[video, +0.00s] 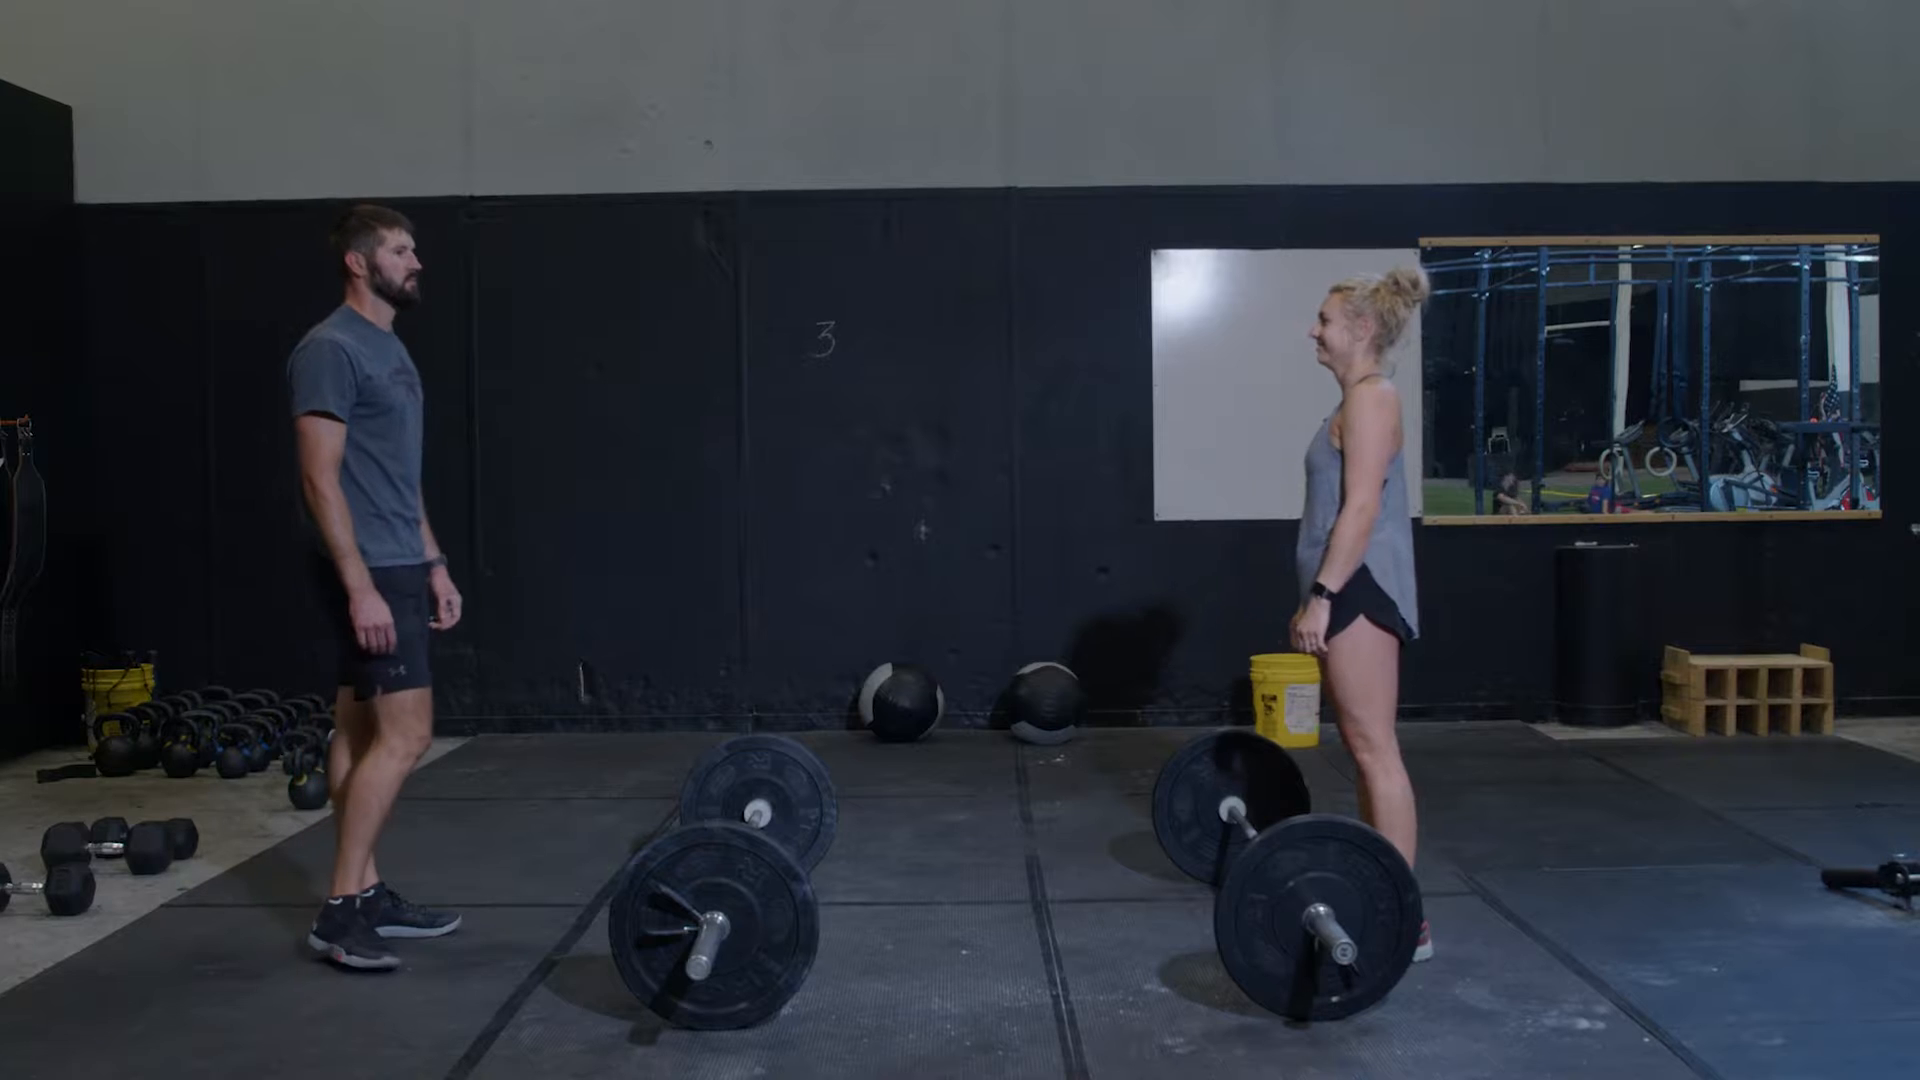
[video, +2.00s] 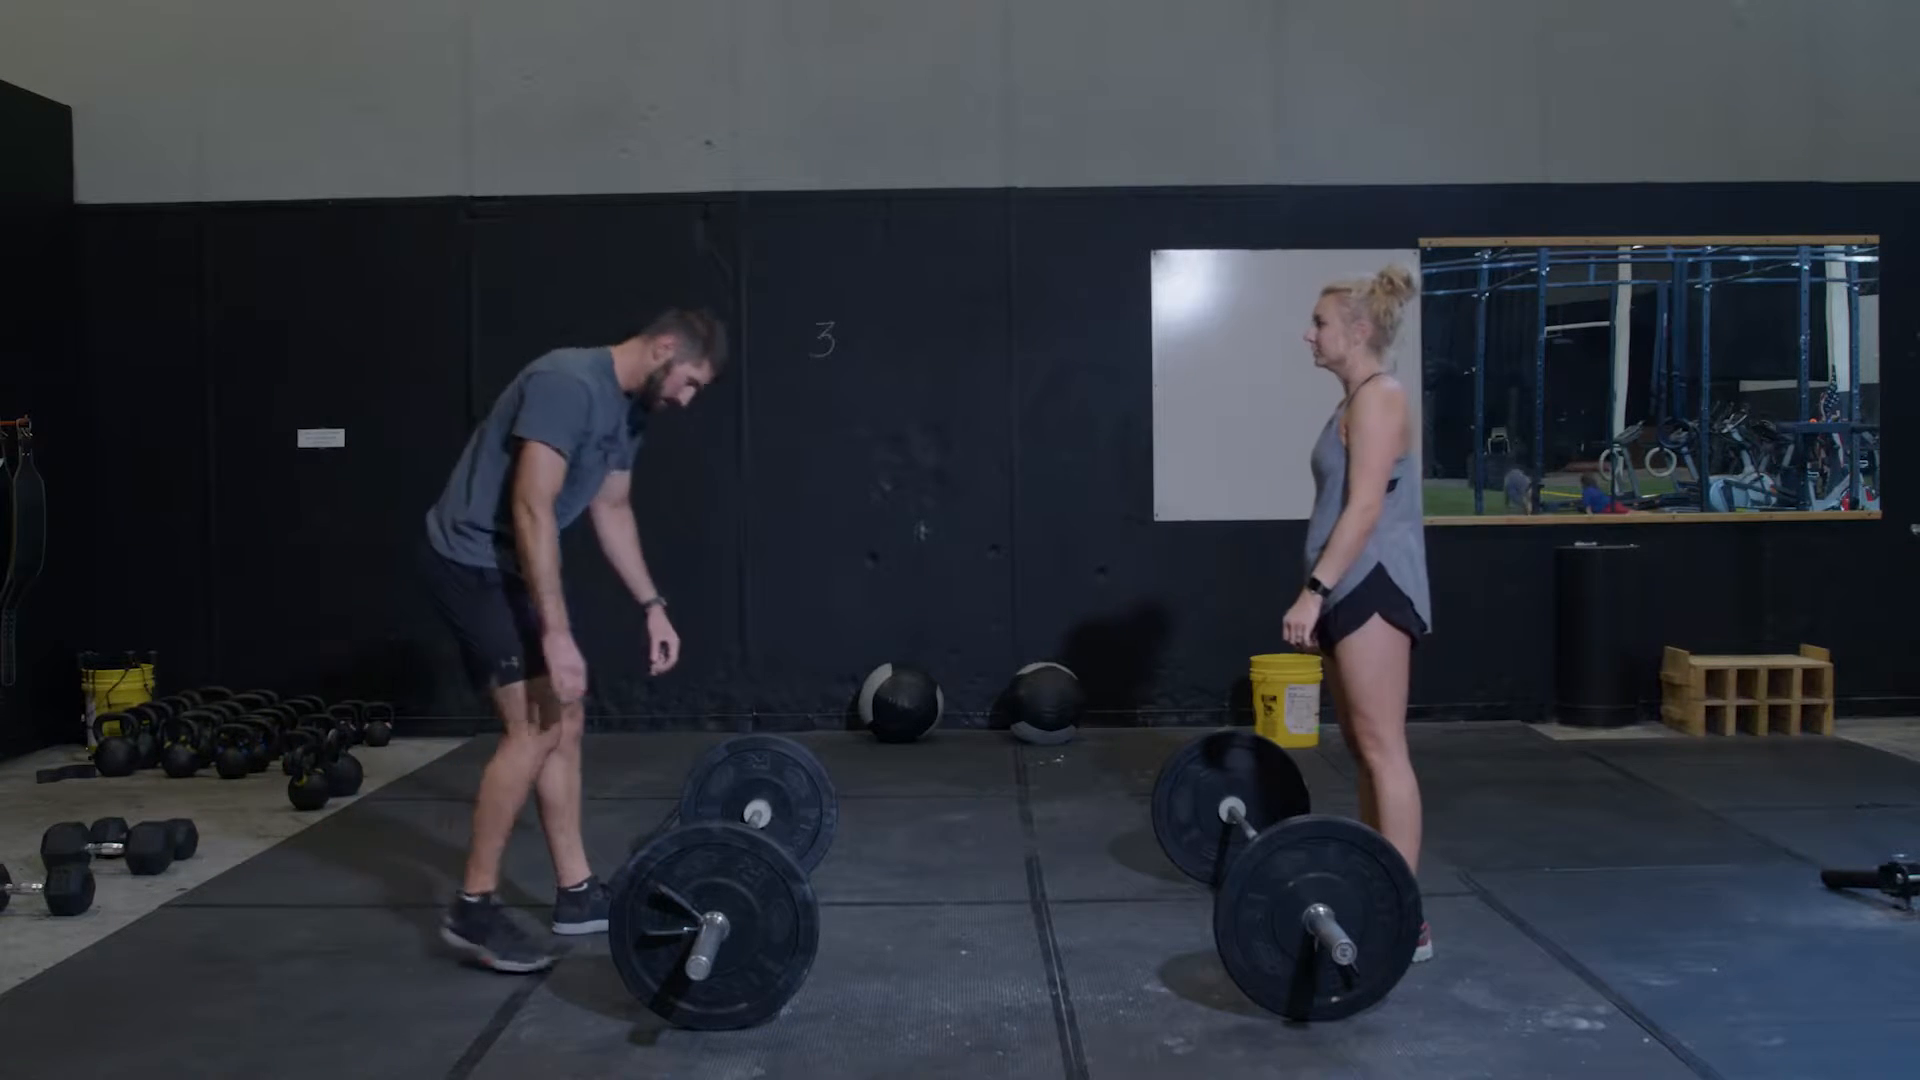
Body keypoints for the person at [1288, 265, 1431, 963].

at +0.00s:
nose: (1315, 330)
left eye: (1326, 320)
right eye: (1319, 319)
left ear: (1362, 331)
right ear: (1359, 332)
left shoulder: (1371, 398)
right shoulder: (1357, 400)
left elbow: (1362, 508)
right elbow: (1351, 510)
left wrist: (1322, 595)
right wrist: (1318, 596)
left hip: (1363, 594)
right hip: (1348, 593)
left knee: (1374, 749)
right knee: (1365, 749)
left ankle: (1399, 912)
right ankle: (1384, 904)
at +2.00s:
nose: (1310, 335)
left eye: (1321, 323)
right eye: (1313, 323)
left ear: (1360, 330)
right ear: (1355, 333)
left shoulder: (1380, 397)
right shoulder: (1357, 399)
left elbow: (1366, 506)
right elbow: (1351, 507)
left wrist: (1315, 589)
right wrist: (1319, 593)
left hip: (1374, 590)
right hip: (1352, 589)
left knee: (1383, 748)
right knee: (1367, 745)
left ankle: (1401, 912)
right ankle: (1378, 899)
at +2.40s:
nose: (1311, 337)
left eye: (1323, 326)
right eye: (1312, 325)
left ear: (1361, 334)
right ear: (1346, 335)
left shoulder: (1373, 400)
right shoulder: (1349, 405)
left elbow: (1363, 510)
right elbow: (1335, 514)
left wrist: (1322, 593)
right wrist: (1307, 595)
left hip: (1368, 590)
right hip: (1347, 589)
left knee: (1378, 748)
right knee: (1366, 747)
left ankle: (1401, 911)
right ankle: (1381, 901)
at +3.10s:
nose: (1301, 341)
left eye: (1313, 331)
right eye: (1303, 329)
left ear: (1352, 338)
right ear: (1343, 339)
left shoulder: (1364, 403)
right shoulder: (1341, 407)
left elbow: (1356, 511)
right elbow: (1326, 515)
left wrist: (1318, 596)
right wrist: (1300, 594)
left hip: (1360, 595)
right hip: (1340, 594)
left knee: (1371, 750)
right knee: (1363, 750)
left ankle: (1398, 911)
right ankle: (1386, 904)